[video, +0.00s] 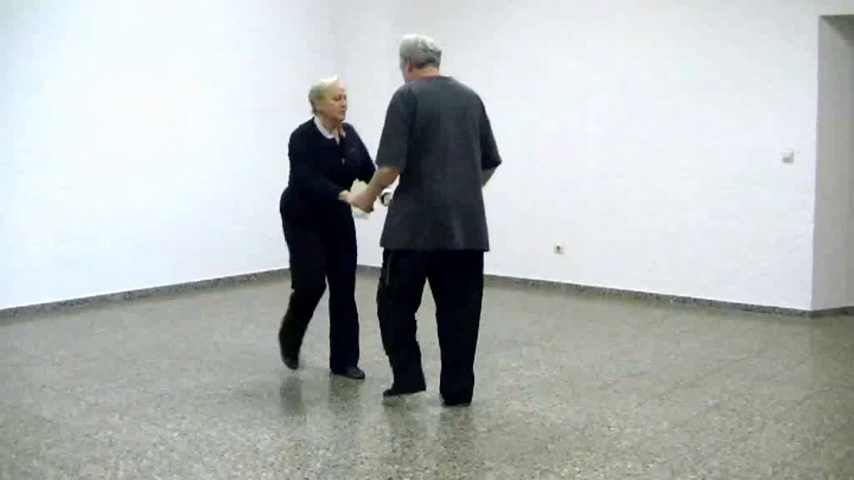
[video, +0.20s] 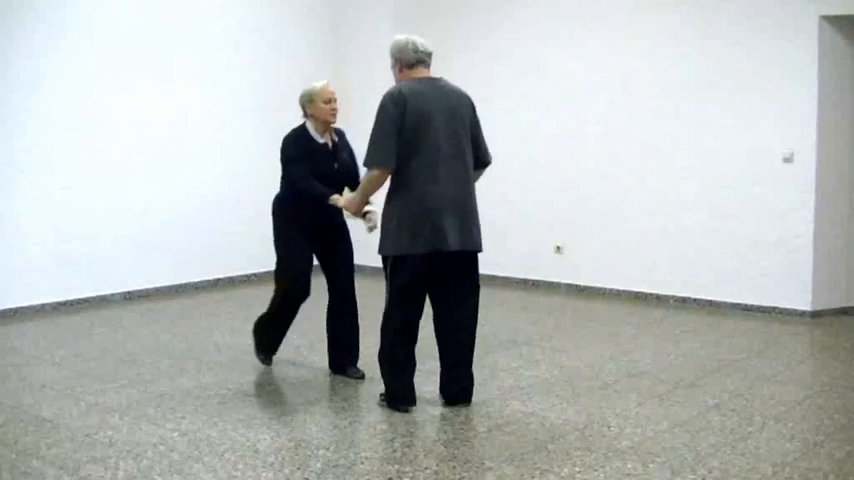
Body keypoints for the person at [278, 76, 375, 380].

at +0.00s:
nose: (344, 104)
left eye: (345, 98)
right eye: (338, 99)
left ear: (344, 102)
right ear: (319, 104)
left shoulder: (349, 135)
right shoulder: (302, 137)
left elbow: (366, 171)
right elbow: (304, 180)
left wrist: (380, 187)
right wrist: (345, 196)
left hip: (337, 216)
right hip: (302, 217)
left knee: (343, 290)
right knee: (311, 284)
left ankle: (344, 362)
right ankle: (289, 340)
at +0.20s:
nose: (334, 107)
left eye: (335, 102)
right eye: (328, 102)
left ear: (335, 106)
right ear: (309, 108)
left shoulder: (339, 138)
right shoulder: (294, 141)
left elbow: (351, 180)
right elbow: (298, 183)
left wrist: (363, 208)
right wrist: (334, 199)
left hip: (329, 218)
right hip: (294, 219)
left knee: (343, 288)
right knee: (295, 288)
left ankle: (343, 362)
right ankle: (265, 338)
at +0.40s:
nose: (309, 113)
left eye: (310, 108)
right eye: (302, 109)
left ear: (310, 113)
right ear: (284, 114)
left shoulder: (311, 143)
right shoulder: (269, 146)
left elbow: (314, 179)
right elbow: (271, 186)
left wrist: (322, 197)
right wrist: (306, 195)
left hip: (308, 223)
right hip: (273, 225)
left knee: (327, 287)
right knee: (265, 287)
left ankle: (344, 359)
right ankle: (253, 349)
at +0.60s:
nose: (291, 106)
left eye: (291, 101)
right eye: (284, 102)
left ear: (290, 105)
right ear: (266, 108)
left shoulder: (292, 135)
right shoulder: (252, 138)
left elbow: (297, 174)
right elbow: (250, 179)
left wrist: (310, 207)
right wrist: (285, 174)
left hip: (289, 216)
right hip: (255, 219)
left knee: (308, 276)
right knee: (253, 286)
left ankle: (304, 342)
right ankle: (252, 350)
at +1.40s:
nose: (314, 108)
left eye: (315, 103)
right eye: (307, 105)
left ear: (315, 108)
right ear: (291, 112)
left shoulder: (318, 141)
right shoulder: (281, 139)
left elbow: (320, 181)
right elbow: (281, 176)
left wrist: (343, 194)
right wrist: (310, 158)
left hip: (312, 218)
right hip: (281, 219)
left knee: (323, 281)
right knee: (287, 281)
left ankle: (310, 344)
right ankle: (261, 343)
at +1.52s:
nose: (330, 102)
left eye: (330, 98)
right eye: (323, 99)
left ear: (330, 103)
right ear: (307, 106)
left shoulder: (332, 135)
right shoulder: (296, 132)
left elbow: (340, 173)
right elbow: (294, 166)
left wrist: (368, 181)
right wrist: (319, 146)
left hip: (324, 213)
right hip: (295, 211)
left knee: (329, 277)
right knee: (314, 274)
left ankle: (318, 346)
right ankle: (299, 341)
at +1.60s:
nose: (341, 104)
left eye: (341, 99)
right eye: (335, 100)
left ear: (338, 102)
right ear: (318, 105)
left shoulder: (344, 134)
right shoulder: (307, 133)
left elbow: (353, 171)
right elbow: (309, 169)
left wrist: (377, 178)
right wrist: (330, 138)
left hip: (333, 209)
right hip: (304, 209)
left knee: (334, 271)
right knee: (328, 271)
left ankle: (312, 338)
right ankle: (331, 342)